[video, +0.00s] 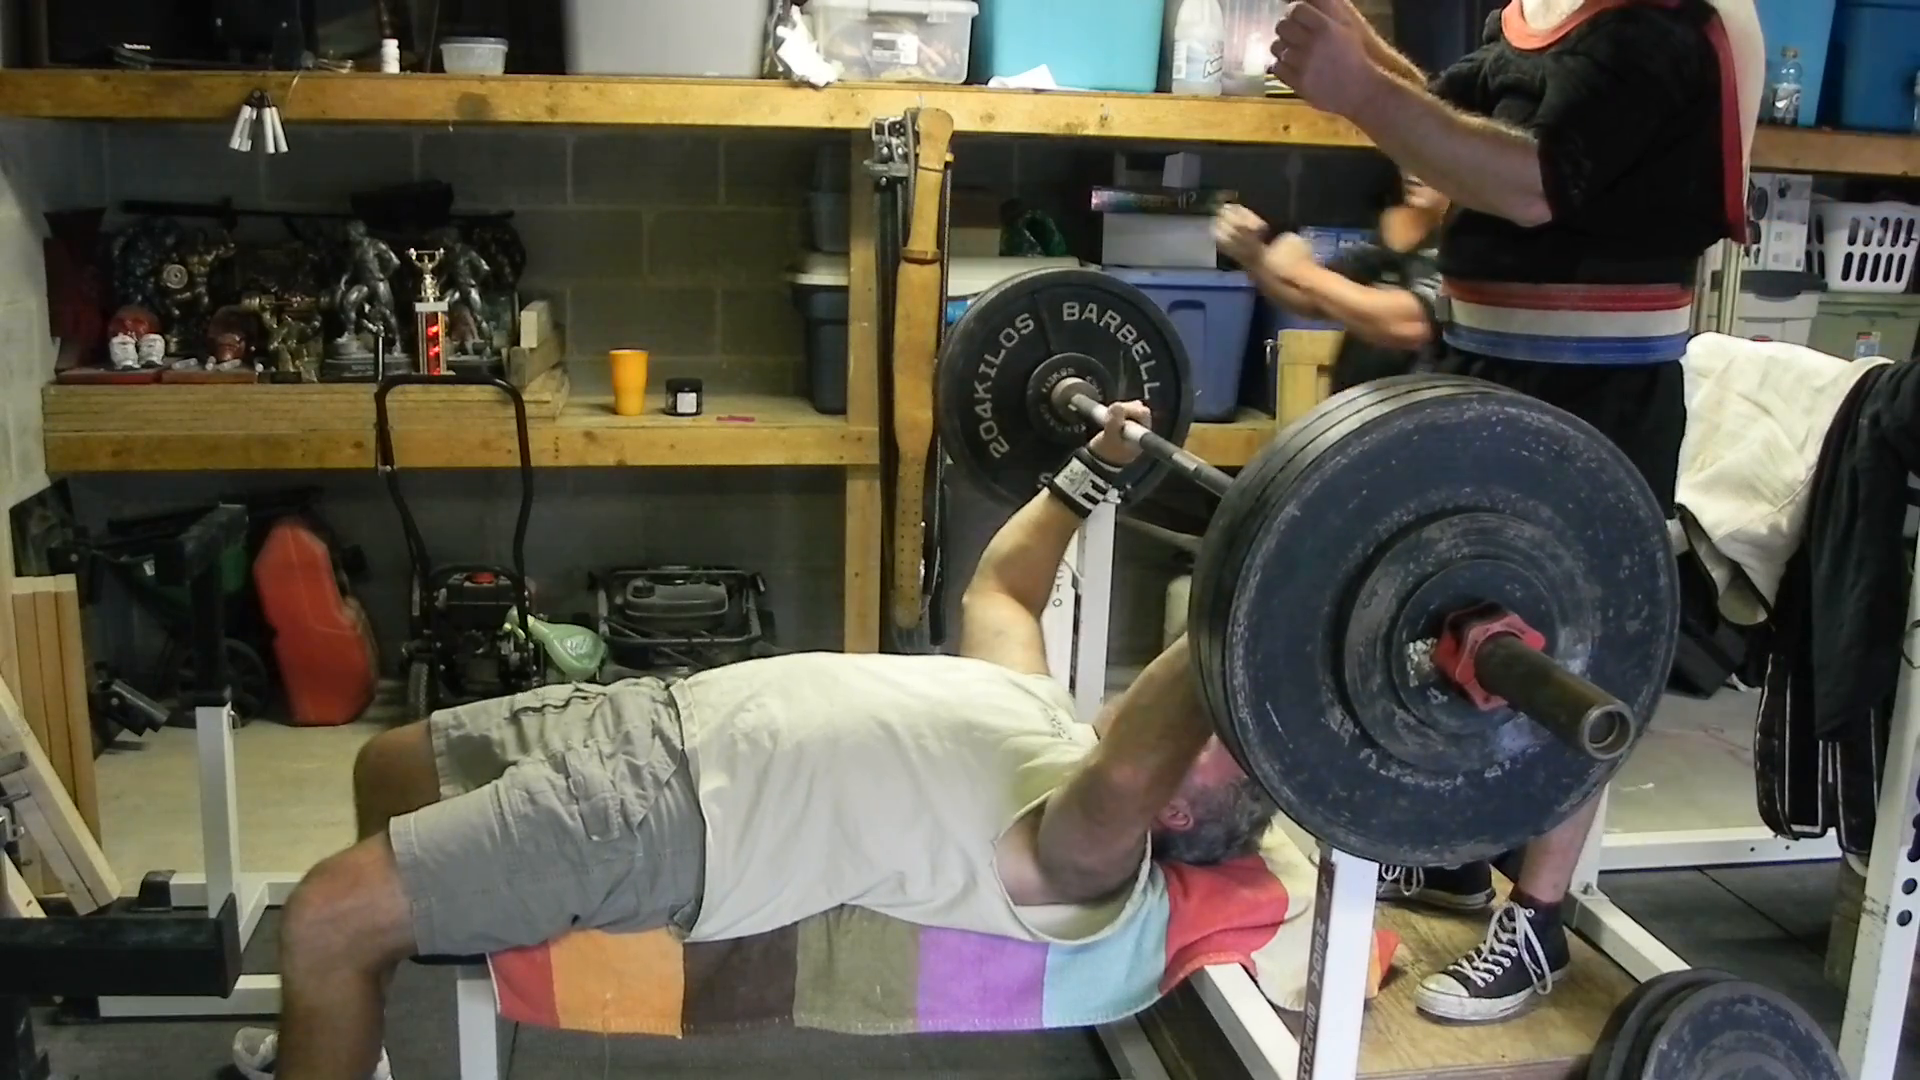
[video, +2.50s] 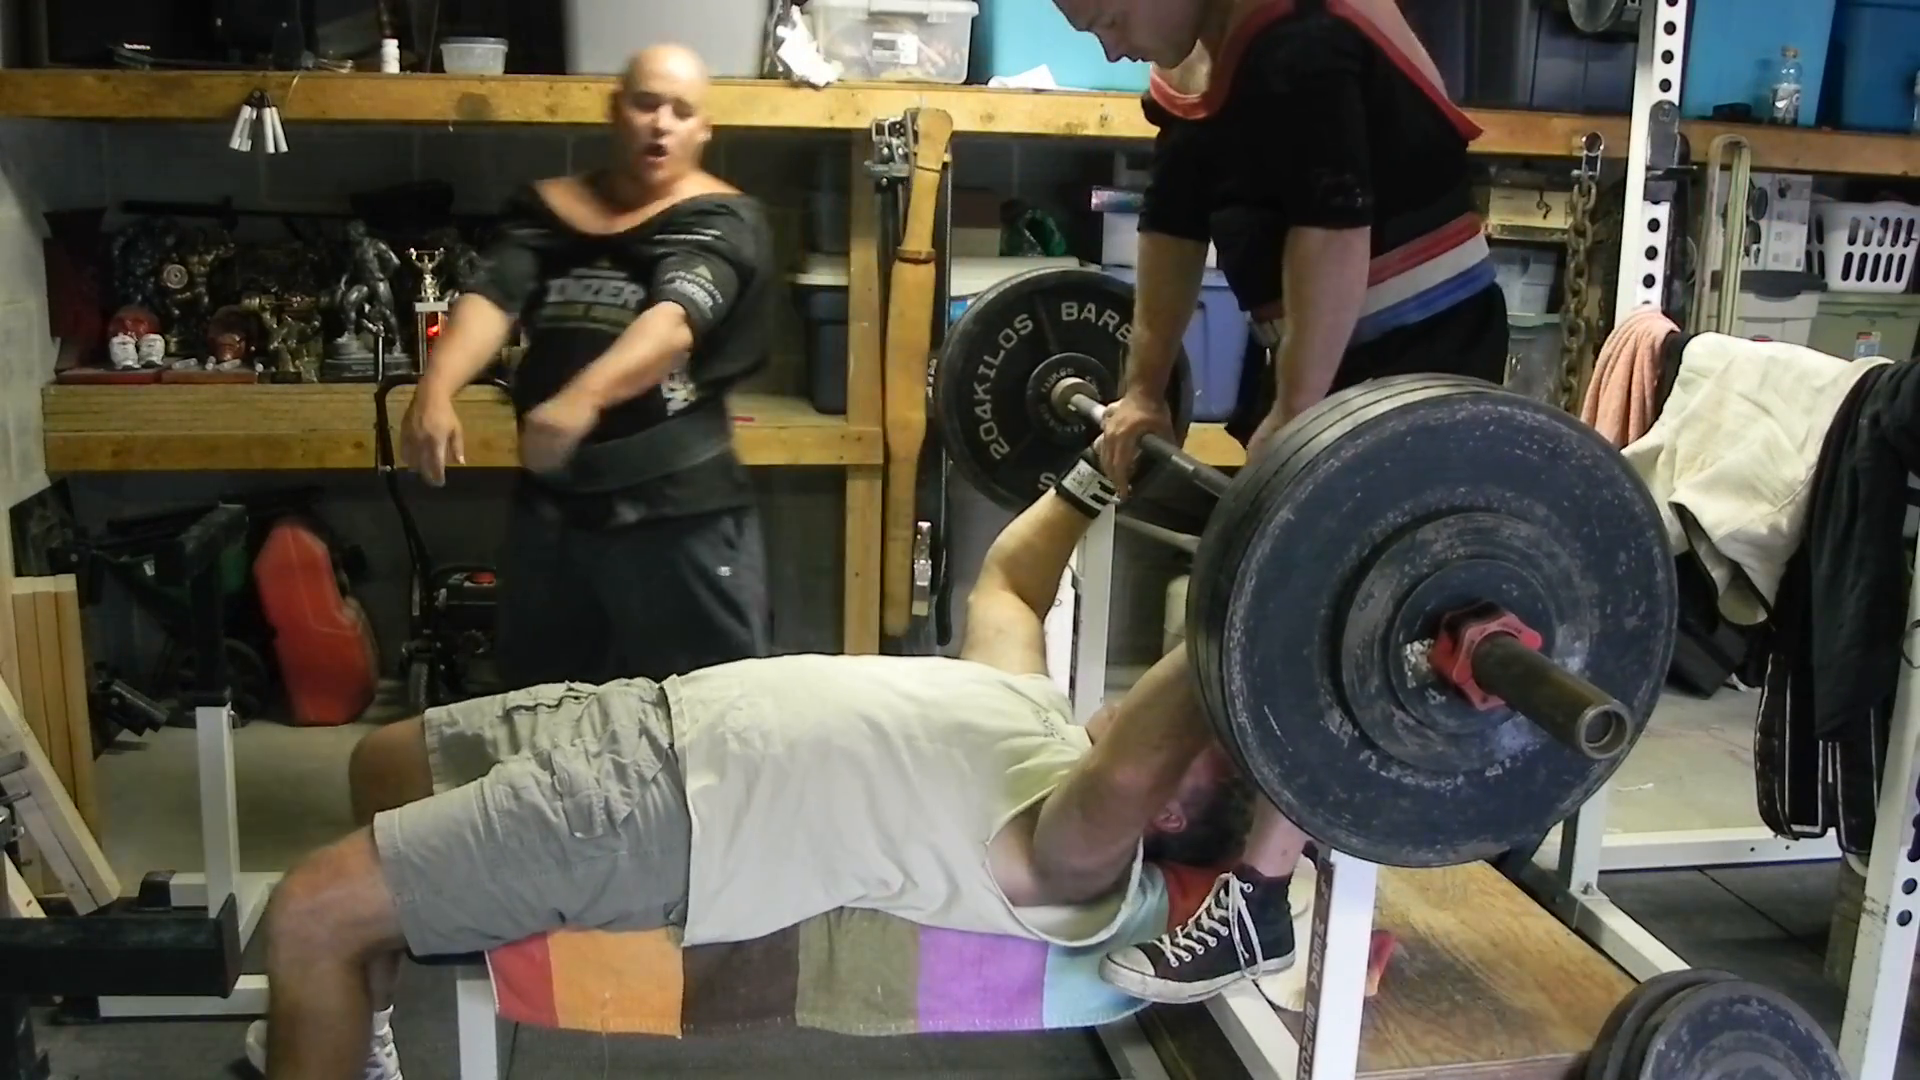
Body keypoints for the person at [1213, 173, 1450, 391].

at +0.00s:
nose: (1412, 170)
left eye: (1432, 159)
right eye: (1411, 156)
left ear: (1463, 176)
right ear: (1399, 160)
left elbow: (1409, 324)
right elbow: (1316, 301)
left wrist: (1305, 272)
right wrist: (1255, 256)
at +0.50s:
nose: (1221, 155)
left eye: (1242, 143)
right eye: (1217, 137)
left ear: (1292, 157)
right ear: (1208, 135)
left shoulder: (1281, 233)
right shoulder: (1206, 211)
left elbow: (1185, 304)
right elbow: (1131, 279)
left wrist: (1101, 228)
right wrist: (1092, 216)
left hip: (1217, 482)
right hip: (1160, 463)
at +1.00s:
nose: (1023, 153)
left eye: (1047, 140)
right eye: (1022, 135)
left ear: (1097, 155)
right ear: (1013, 133)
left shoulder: (1098, 232)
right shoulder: (994, 209)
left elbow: (983, 294)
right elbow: (904, 292)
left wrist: (939, 207)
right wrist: (898, 218)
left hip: (1036, 468)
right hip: (951, 451)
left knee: (1019, 631)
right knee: (929, 623)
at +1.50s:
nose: (867, 131)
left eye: (890, 117)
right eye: (860, 114)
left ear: (936, 131)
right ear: (848, 118)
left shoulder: (925, 221)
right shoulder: (842, 205)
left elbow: (837, 321)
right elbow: (763, 278)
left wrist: (730, 322)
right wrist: (683, 288)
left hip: (887, 486)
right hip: (836, 477)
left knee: (852, 678)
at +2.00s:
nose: (753, 112)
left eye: (778, 100)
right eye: (749, 95)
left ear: (829, 118)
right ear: (737, 99)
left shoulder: (782, 213)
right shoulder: (743, 196)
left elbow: (678, 320)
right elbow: (641, 284)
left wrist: (562, 387)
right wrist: (540, 360)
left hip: (762, 494)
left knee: (748, 710)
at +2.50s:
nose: (661, 123)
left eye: (680, 110)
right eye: (646, 104)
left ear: (703, 128)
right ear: (615, 108)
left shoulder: (721, 216)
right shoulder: (548, 205)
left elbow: (676, 322)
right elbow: (491, 297)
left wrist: (581, 397)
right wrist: (435, 390)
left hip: (682, 518)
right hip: (554, 517)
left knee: (702, 731)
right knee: (546, 729)